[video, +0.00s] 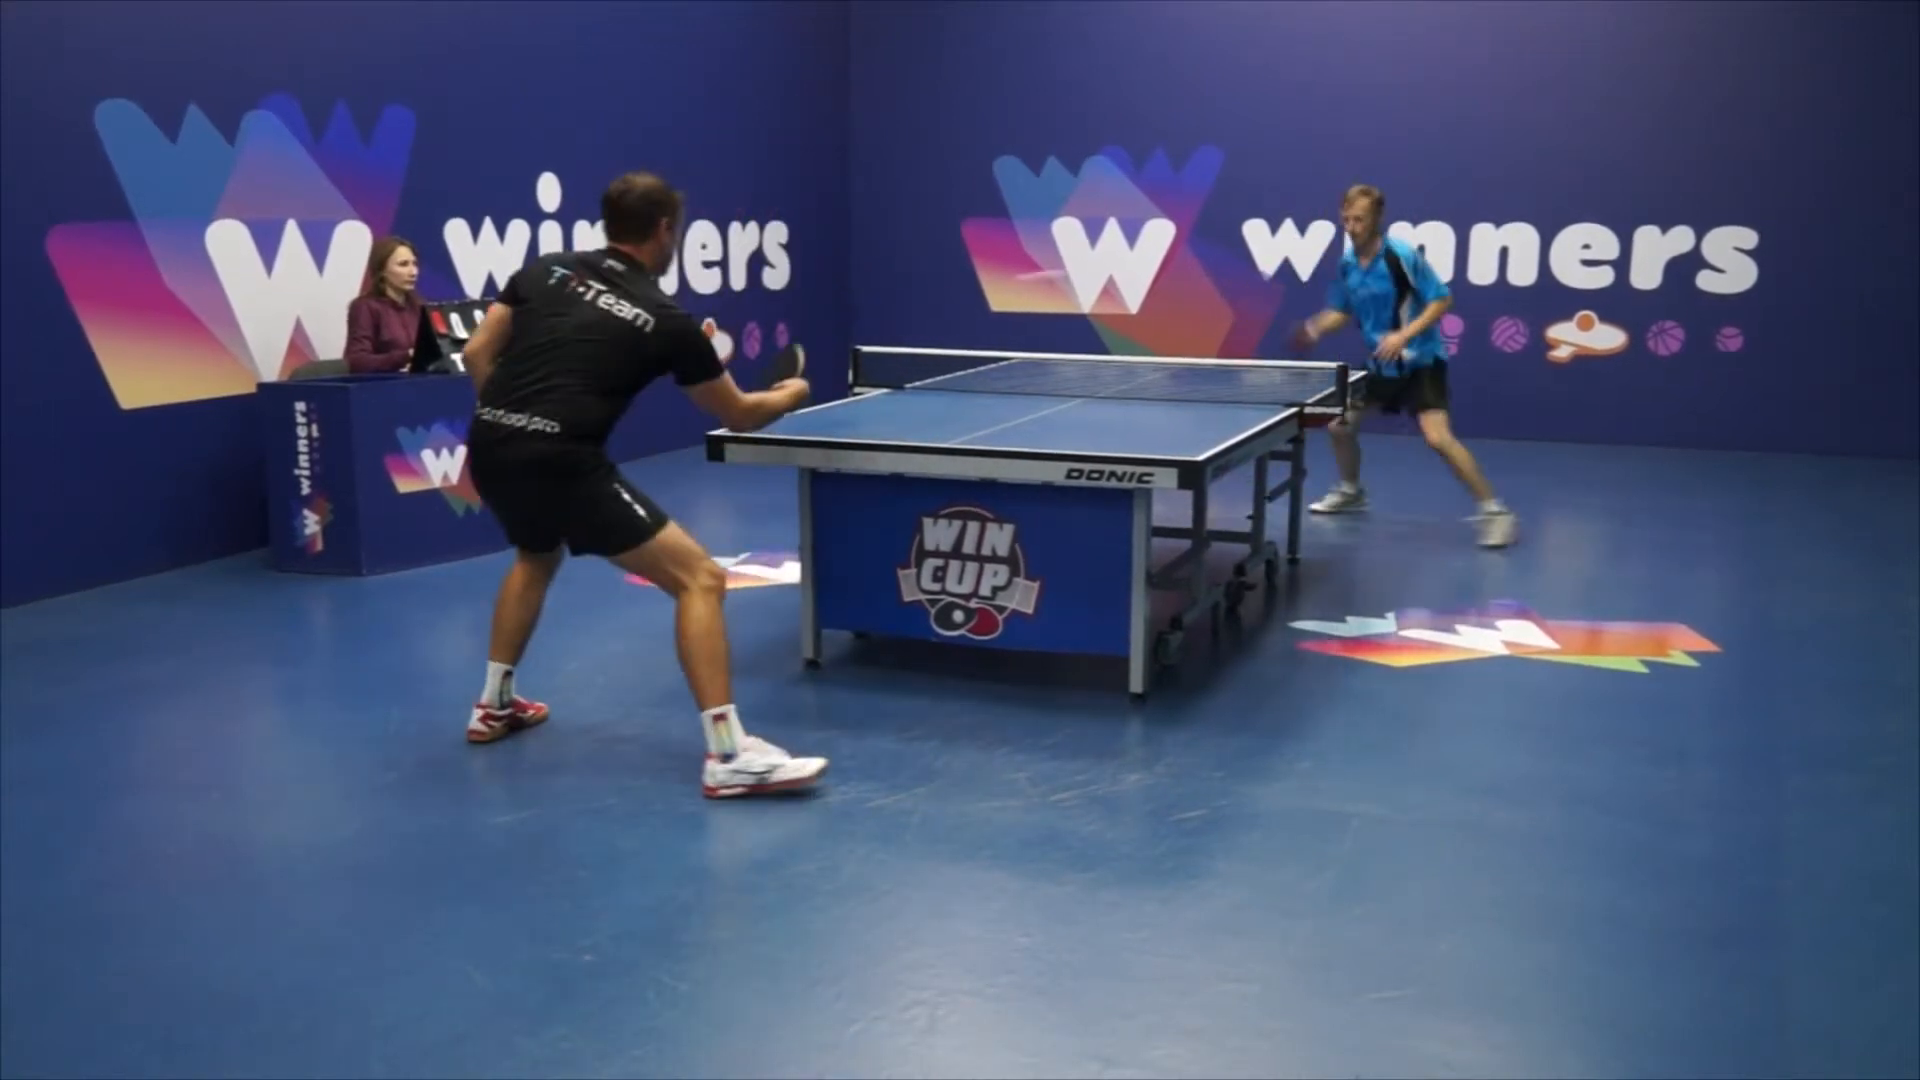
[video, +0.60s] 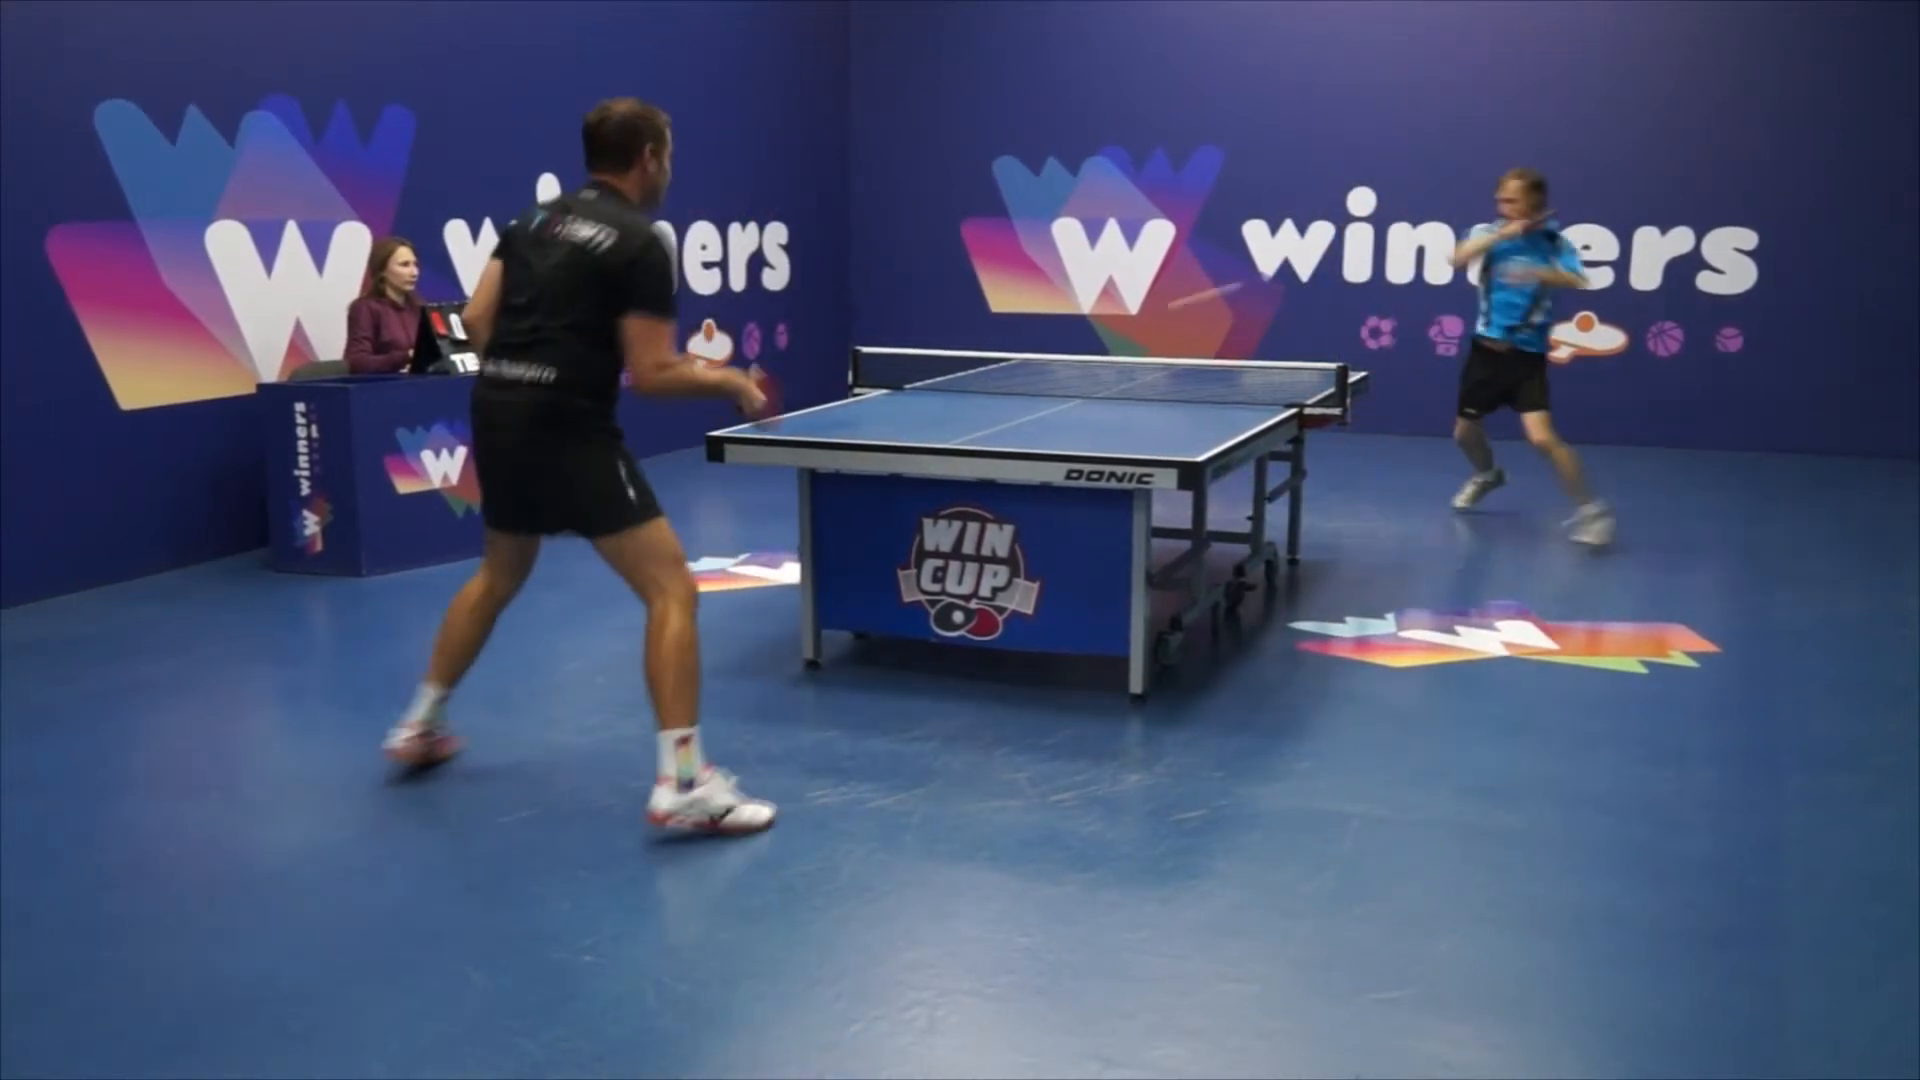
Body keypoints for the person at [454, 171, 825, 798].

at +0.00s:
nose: (674, 241)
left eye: (673, 231)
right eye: (674, 231)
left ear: (608, 227)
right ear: (661, 233)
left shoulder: (547, 270)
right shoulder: (667, 322)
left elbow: (477, 353)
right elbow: (739, 413)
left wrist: (504, 416)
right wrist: (789, 393)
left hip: (491, 449)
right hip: (563, 461)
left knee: (536, 555)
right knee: (699, 580)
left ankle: (493, 702)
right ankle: (728, 750)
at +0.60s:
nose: (669, 170)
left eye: (665, 157)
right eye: (666, 158)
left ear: (595, 158)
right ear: (648, 161)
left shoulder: (535, 220)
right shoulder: (642, 242)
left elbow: (479, 319)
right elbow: (651, 371)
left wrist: (536, 357)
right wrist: (733, 380)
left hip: (498, 422)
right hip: (573, 431)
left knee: (499, 573)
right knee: (671, 589)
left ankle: (419, 721)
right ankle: (682, 779)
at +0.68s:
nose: (662, 192)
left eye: (661, 180)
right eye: (660, 180)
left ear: (590, 175)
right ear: (636, 182)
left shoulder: (535, 238)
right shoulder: (610, 263)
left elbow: (476, 331)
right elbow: (610, 391)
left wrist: (508, 404)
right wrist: (724, 414)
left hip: (498, 448)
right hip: (571, 454)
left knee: (492, 603)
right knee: (667, 607)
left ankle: (379, 738)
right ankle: (682, 799)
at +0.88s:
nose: (569, 215)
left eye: (568, 201)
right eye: (566, 201)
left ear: (508, 191)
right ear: (541, 198)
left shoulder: (473, 254)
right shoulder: (522, 290)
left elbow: (490, 376)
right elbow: (567, 410)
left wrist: (558, 417)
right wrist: (645, 420)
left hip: (469, 463)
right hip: (514, 470)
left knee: (478, 617)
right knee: (603, 619)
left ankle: (351, 734)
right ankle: (655, 802)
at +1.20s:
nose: (536, 190)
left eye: (532, 179)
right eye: (533, 180)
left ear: (456, 188)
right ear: (516, 188)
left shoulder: (405, 270)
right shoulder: (543, 284)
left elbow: (387, 388)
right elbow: (593, 390)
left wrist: (453, 381)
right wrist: (609, 326)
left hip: (422, 478)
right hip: (508, 482)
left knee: (409, 600)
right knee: (618, 625)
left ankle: (344, 744)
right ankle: (624, 797)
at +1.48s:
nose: (645, 174)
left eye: (642, 162)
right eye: (641, 164)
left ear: (564, 171)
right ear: (627, 171)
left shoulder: (504, 235)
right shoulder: (639, 248)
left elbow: (439, 332)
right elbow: (672, 381)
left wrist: (476, 389)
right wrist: (707, 363)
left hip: (504, 452)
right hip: (594, 453)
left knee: (481, 581)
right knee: (720, 594)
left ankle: (419, 739)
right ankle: (703, 774)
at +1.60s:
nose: (698, 201)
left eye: (692, 189)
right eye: (695, 190)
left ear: (621, 192)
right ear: (682, 196)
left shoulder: (563, 264)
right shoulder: (683, 285)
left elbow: (500, 367)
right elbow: (708, 418)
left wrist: (550, 419)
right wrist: (803, 429)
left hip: (552, 472)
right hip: (640, 480)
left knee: (533, 607)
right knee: (755, 643)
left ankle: (479, 775)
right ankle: (814, 824)